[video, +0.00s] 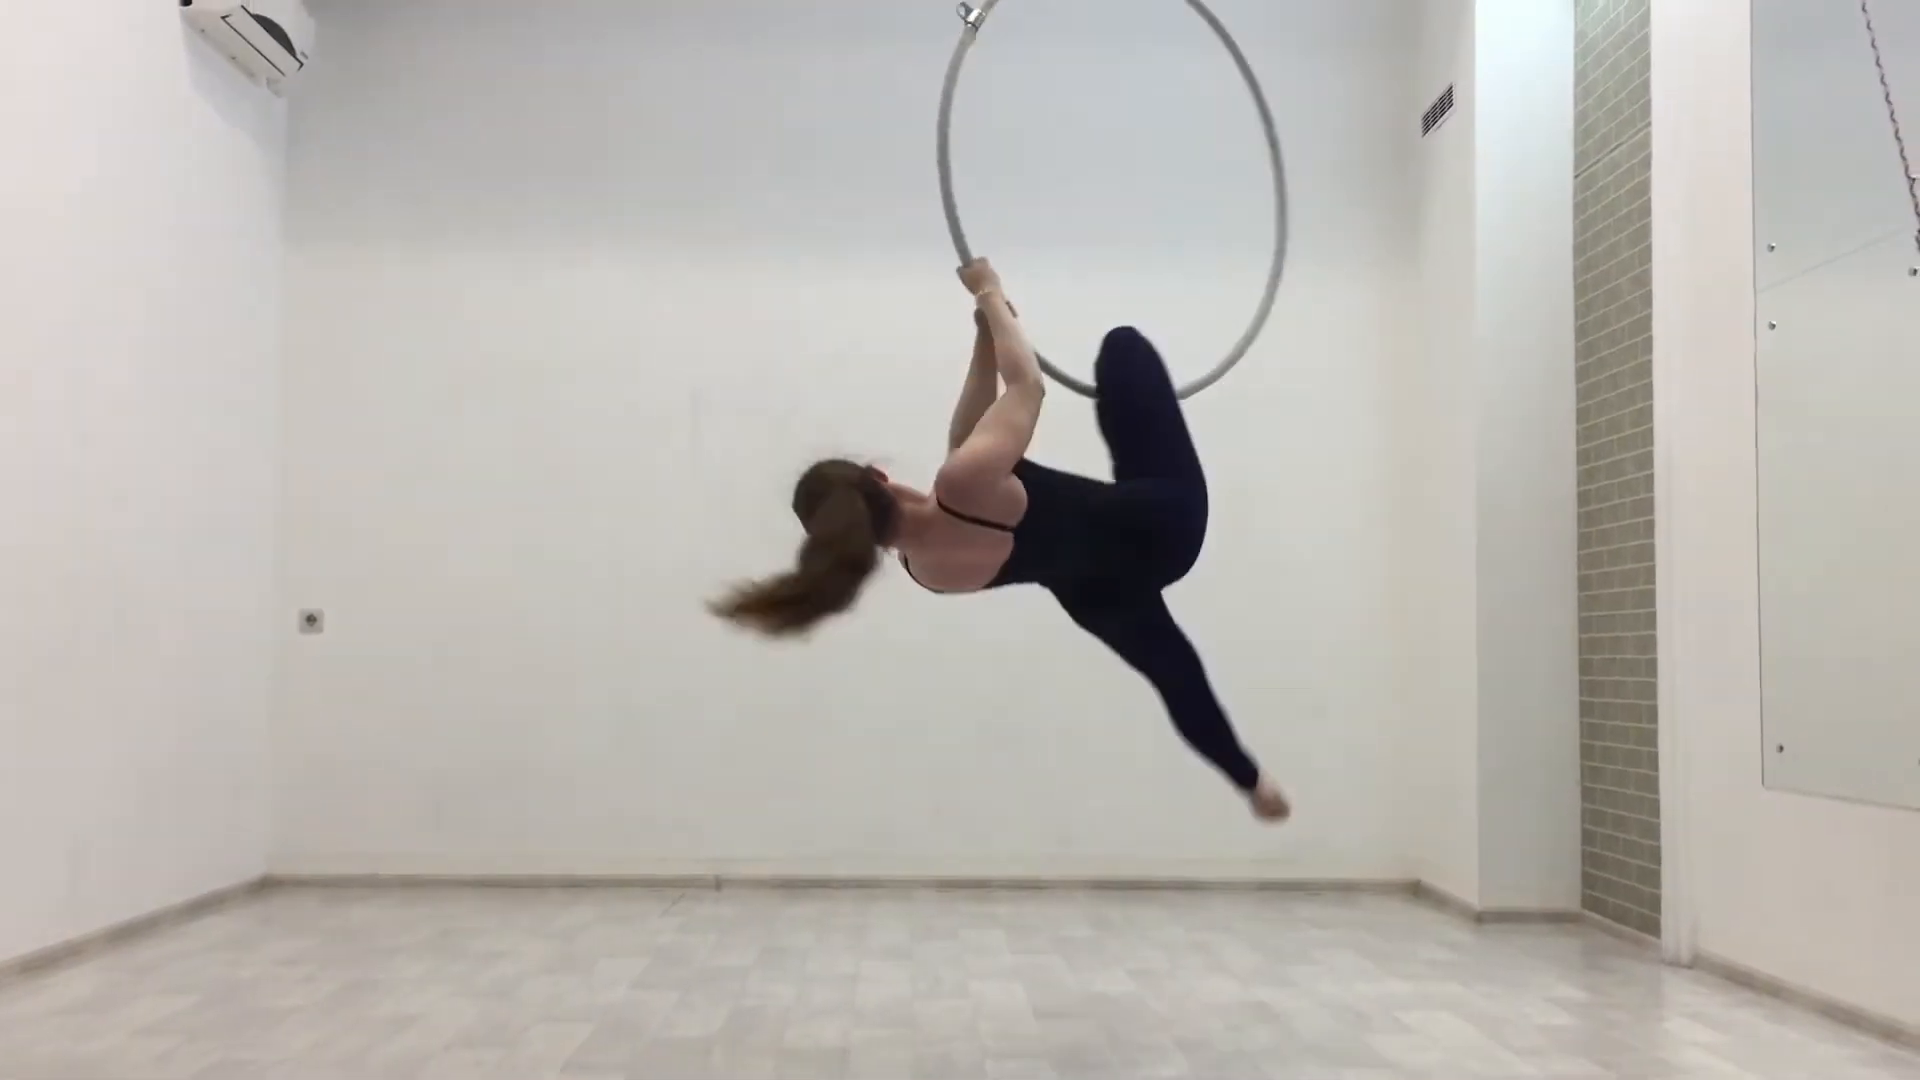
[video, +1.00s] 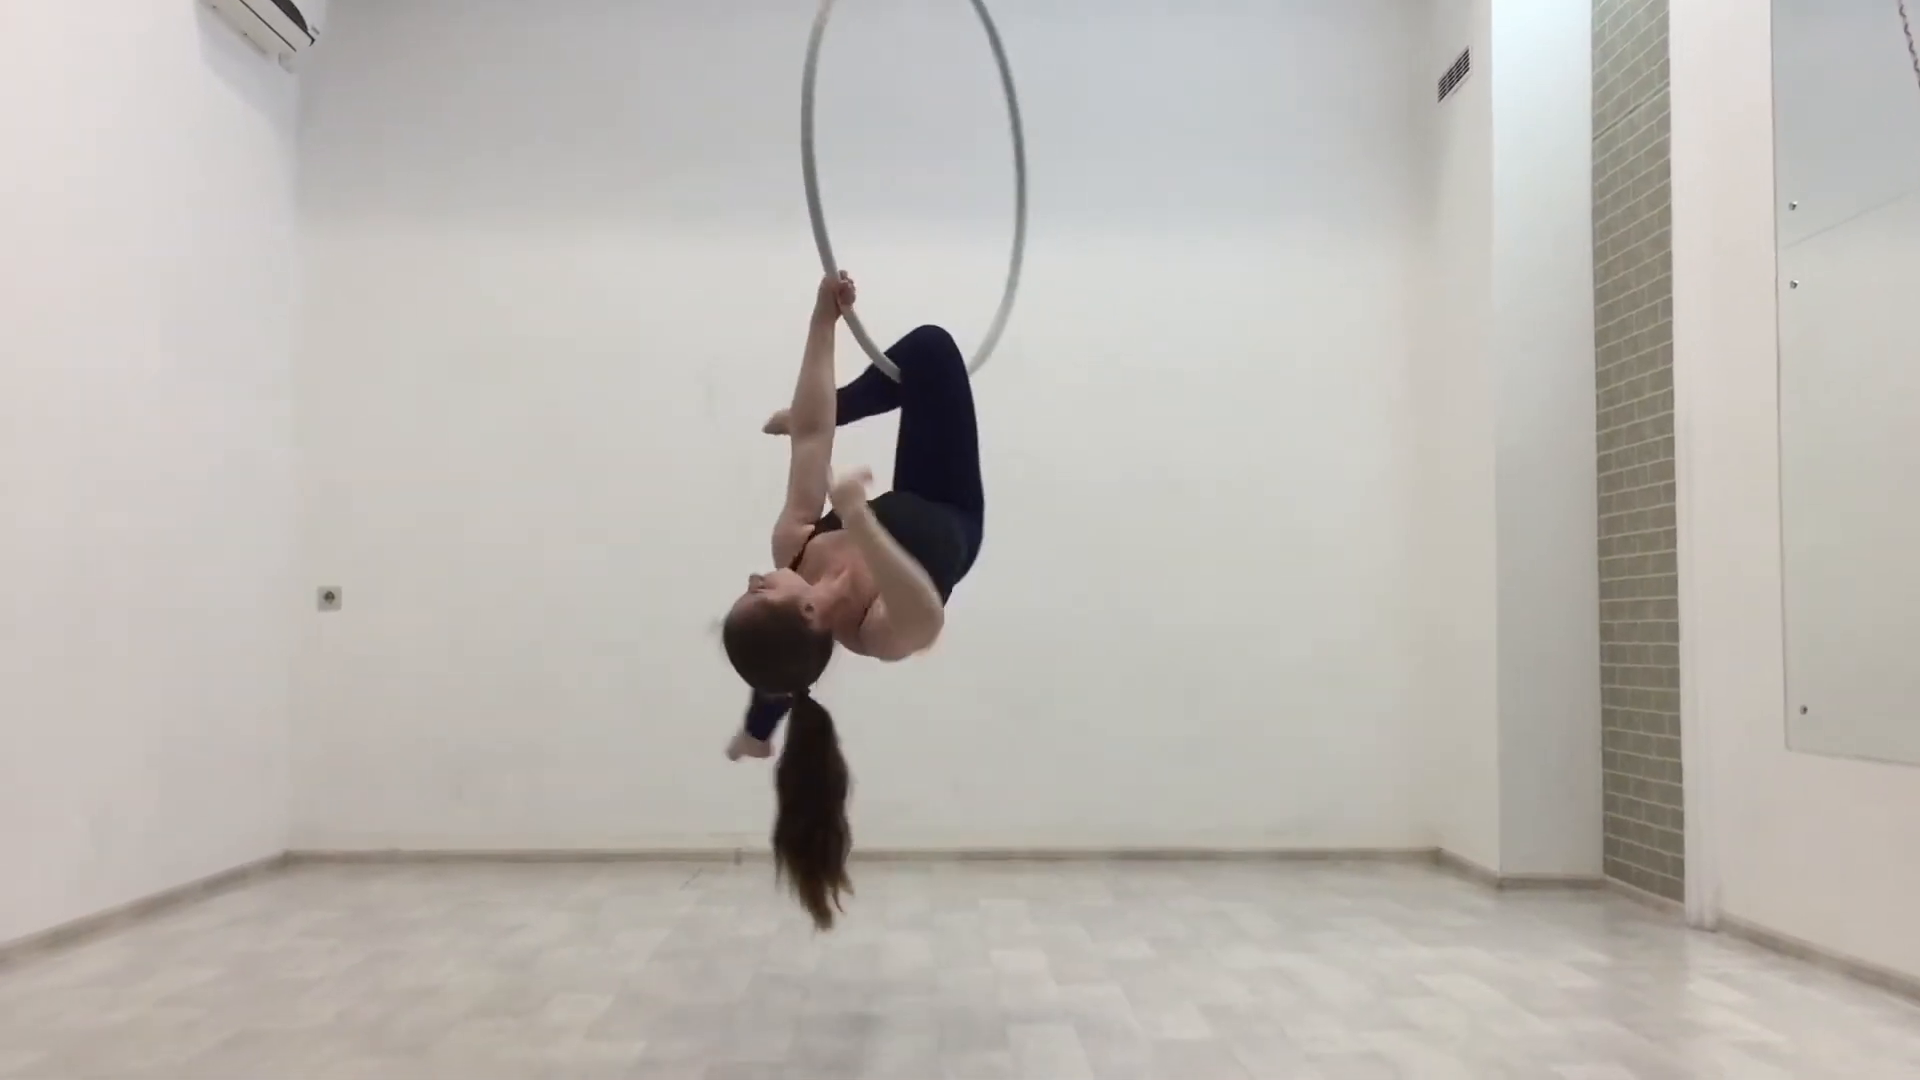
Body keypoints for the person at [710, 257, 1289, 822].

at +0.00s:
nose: (881, 461)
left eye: (871, 462)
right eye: (874, 462)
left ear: (859, 536)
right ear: (883, 478)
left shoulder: (927, 572)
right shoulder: (968, 473)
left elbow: (963, 436)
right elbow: (1027, 385)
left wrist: (988, 333)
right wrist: (993, 302)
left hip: (1095, 594)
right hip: (1158, 528)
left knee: (1178, 681)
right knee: (1123, 347)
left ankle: (1255, 787)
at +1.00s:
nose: (760, 577)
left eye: (755, 585)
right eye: (780, 595)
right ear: (822, 628)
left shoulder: (794, 536)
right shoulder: (881, 636)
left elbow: (811, 428)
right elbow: (924, 614)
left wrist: (824, 321)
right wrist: (859, 517)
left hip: (903, 503)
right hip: (951, 529)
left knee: (930, 347)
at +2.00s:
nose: (949, 508)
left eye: (949, 525)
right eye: (959, 516)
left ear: (942, 555)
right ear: (991, 599)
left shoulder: (866, 546)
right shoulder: (986, 628)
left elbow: (805, 446)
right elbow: (1051, 672)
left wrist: (815, 342)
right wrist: (1124, 694)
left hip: (785, 584)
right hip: (846, 602)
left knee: (648, 615)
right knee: (898, 394)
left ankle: (526, 701)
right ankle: (735, 422)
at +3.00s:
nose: (1151, 267)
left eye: (1172, 264)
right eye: (1162, 257)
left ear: (1202, 299)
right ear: (1187, 294)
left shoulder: (1175, 355)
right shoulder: (1136, 359)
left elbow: (1092, 297)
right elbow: (1055, 418)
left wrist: (1017, 207)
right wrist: (988, 388)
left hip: (1072, 563)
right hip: (1041, 533)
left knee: (872, 560)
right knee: (916, 423)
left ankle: (665, 613)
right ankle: (868, 608)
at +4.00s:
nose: (1036, 309)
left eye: (1046, 296)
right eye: (1020, 295)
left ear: (1056, 304)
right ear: (981, 301)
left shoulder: (1067, 385)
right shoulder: (946, 378)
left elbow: (1155, 444)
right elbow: (833, 370)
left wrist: (1214, 372)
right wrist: (834, 286)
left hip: (1097, 596)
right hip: (1011, 586)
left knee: (1097, 793)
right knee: (1093, 672)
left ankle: (1107, 977)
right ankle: (1224, 831)